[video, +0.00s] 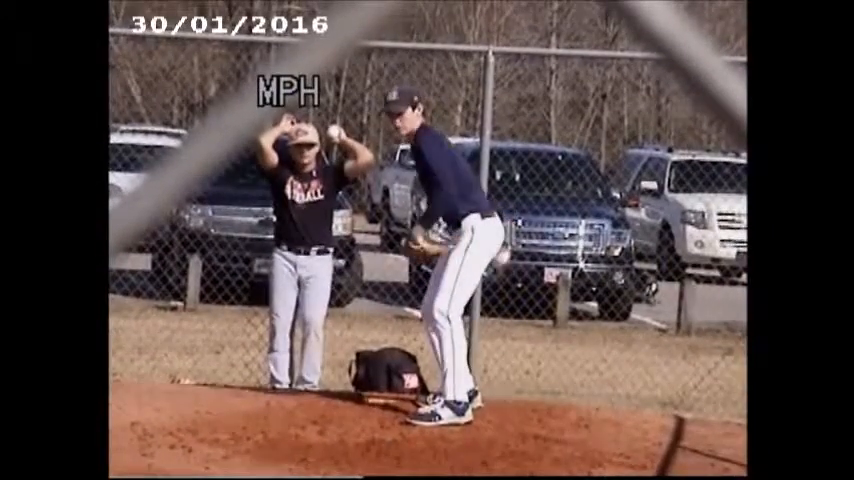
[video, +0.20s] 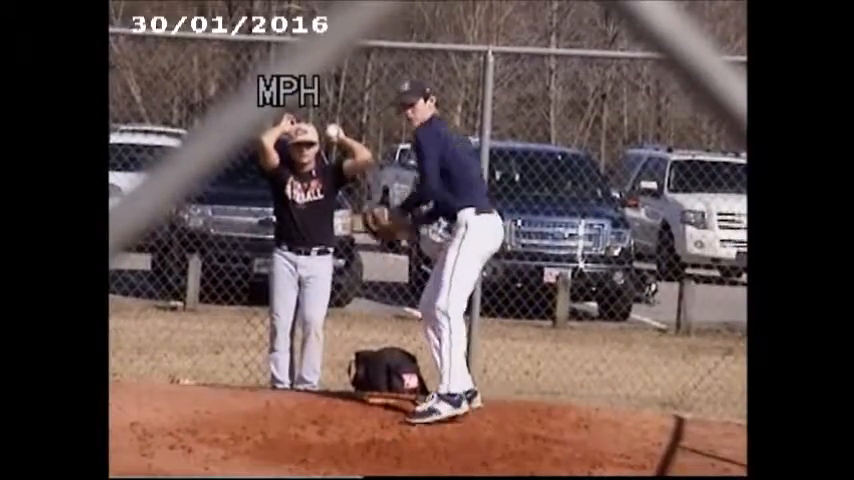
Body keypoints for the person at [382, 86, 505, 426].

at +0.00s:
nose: (395, 121)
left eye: (400, 114)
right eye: (392, 116)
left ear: (418, 110)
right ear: (392, 118)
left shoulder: (427, 140)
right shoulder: (420, 143)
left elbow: (446, 191)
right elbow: (445, 194)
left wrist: (422, 226)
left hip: (479, 226)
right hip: (464, 228)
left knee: (445, 311)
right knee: (431, 311)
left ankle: (457, 400)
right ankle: (461, 388)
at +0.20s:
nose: (407, 112)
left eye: (412, 105)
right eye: (404, 107)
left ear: (430, 103)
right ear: (407, 108)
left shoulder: (428, 133)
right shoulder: (440, 134)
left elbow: (429, 187)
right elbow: (447, 204)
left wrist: (399, 213)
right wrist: (410, 224)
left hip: (476, 222)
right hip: (473, 222)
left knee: (446, 308)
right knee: (430, 308)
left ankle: (452, 393)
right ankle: (461, 387)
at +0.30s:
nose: (414, 109)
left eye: (419, 102)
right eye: (412, 104)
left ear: (438, 100)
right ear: (436, 103)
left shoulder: (432, 130)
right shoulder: (453, 127)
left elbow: (422, 185)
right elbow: (434, 183)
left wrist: (388, 186)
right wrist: (392, 181)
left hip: (474, 221)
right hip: (485, 219)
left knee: (442, 306)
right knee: (432, 308)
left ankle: (457, 391)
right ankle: (458, 388)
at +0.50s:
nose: (422, 98)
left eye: (427, 92)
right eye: (419, 93)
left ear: (446, 90)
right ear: (424, 95)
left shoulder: (434, 121)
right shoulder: (456, 121)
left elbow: (400, 163)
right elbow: (415, 153)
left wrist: (381, 136)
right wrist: (395, 126)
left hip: (472, 219)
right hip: (482, 218)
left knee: (438, 305)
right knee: (440, 305)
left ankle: (456, 394)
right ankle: (462, 390)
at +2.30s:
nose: (427, 111)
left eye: (431, 103)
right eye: (424, 105)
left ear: (450, 96)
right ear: (447, 100)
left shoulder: (443, 128)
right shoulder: (467, 121)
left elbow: (403, 168)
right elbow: (434, 131)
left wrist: (391, 134)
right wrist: (408, 118)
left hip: (474, 219)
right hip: (490, 218)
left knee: (433, 298)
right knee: (443, 302)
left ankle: (451, 386)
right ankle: (463, 386)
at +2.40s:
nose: (428, 107)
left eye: (429, 101)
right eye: (425, 102)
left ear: (446, 91)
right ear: (450, 91)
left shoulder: (441, 124)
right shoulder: (474, 112)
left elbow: (399, 159)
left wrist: (397, 120)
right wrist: (417, 96)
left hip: (474, 214)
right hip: (497, 216)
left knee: (412, 274)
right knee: (449, 293)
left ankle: (444, 355)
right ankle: (461, 383)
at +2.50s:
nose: (424, 108)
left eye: (426, 102)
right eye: (421, 104)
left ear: (445, 92)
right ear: (448, 93)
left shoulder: (439, 124)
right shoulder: (474, 112)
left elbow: (394, 156)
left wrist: (411, 122)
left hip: (476, 213)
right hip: (500, 216)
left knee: (401, 251)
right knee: (461, 302)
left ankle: (439, 325)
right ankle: (462, 387)